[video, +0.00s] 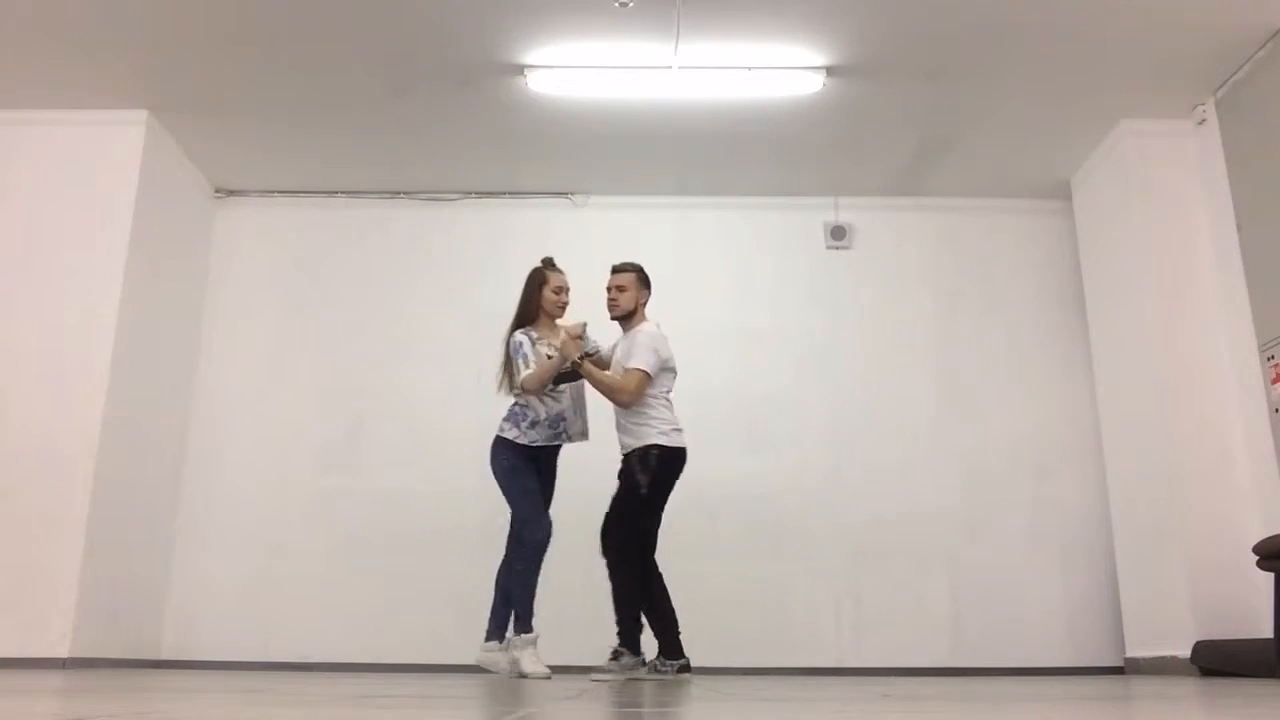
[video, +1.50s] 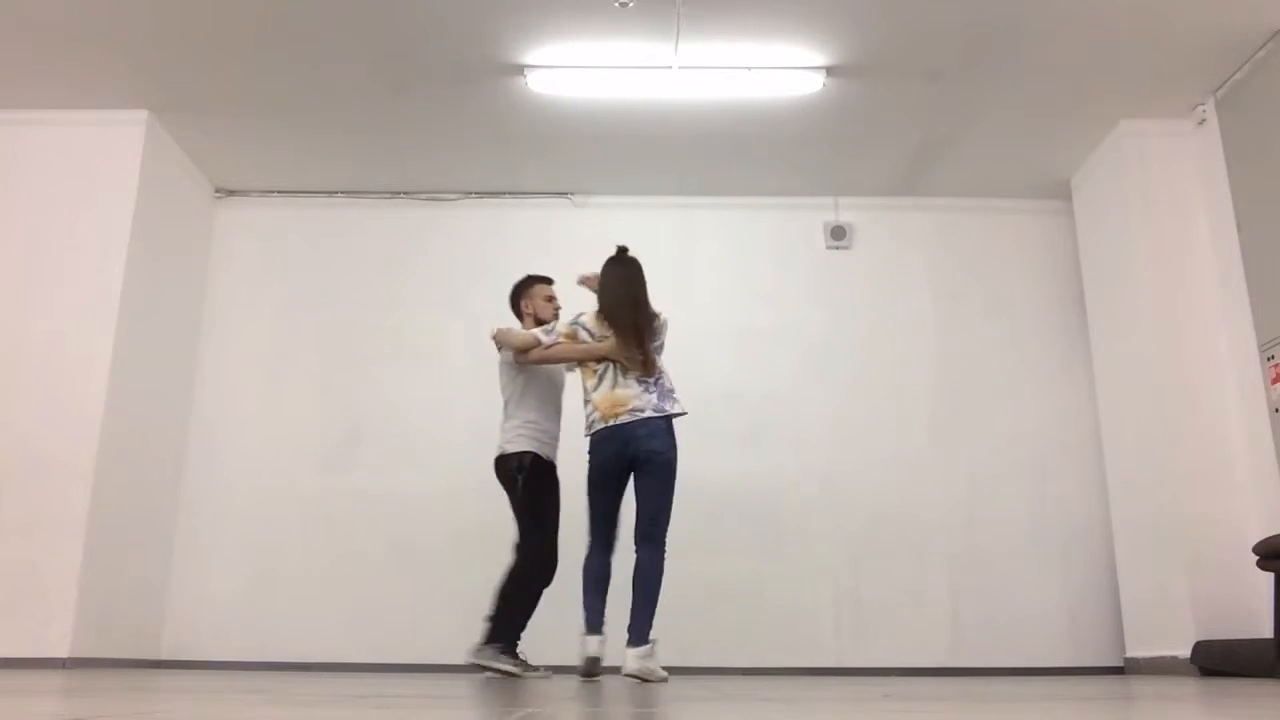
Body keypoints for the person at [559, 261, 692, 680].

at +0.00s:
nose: (611, 296)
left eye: (620, 290)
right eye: (609, 290)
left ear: (642, 296)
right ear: (610, 297)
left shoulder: (647, 337)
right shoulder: (622, 341)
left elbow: (626, 392)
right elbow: (587, 367)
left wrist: (580, 359)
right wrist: (570, 346)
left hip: (656, 451)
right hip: (641, 453)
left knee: (616, 538)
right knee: (636, 552)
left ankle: (629, 648)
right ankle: (672, 655)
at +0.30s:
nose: (616, 305)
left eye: (625, 299)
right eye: (612, 300)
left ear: (646, 305)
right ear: (610, 307)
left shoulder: (660, 344)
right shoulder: (612, 353)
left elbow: (634, 371)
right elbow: (582, 387)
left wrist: (600, 328)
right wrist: (555, 365)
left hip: (658, 465)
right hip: (623, 465)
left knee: (625, 561)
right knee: (613, 562)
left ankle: (612, 651)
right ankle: (669, 648)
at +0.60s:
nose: (616, 307)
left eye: (624, 301)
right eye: (611, 302)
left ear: (641, 309)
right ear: (604, 308)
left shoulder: (657, 351)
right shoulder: (593, 352)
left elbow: (669, 394)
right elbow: (565, 370)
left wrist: (633, 357)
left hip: (643, 466)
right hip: (597, 465)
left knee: (629, 559)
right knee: (593, 555)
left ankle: (617, 650)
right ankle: (600, 640)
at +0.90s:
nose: (607, 316)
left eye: (614, 310)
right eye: (600, 309)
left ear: (624, 317)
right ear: (586, 313)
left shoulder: (631, 364)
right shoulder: (570, 352)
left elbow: (671, 406)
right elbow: (512, 361)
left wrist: (663, 366)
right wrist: (546, 351)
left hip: (621, 468)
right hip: (579, 464)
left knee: (637, 550)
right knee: (585, 553)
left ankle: (627, 638)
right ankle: (588, 639)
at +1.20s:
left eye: (586, 279)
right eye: (616, 276)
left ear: (581, 282)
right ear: (620, 280)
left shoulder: (566, 324)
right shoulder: (638, 317)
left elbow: (514, 359)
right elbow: (685, 335)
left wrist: (548, 349)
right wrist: (671, 311)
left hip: (585, 436)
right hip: (629, 433)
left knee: (581, 540)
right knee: (645, 542)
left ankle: (570, 641)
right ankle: (638, 648)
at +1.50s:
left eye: (601, 281)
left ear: (603, 291)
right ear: (643, 287)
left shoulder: (585, 326)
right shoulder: (656, 325)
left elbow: (525, 343)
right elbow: (636, 307)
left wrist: (500, 333)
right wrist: (604, 284)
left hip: (608, 437)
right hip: (657, 432)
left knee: (601, 541)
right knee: (650, 543)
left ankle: (593, 638)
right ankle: (639, 649)